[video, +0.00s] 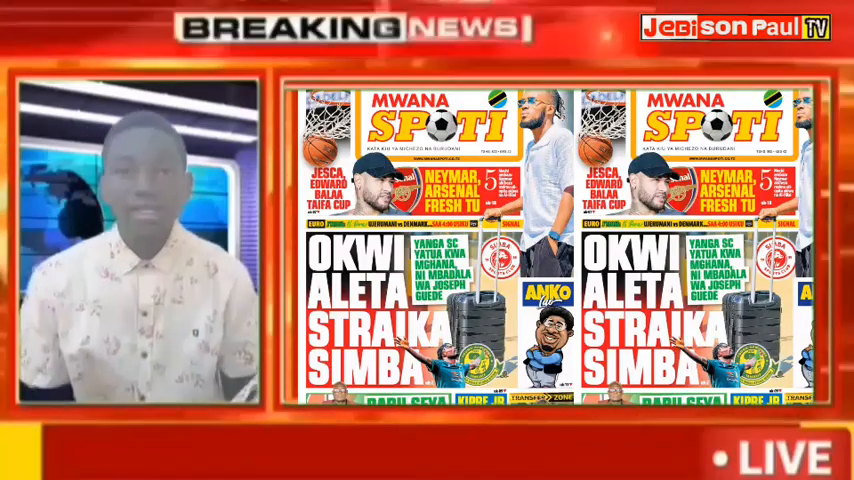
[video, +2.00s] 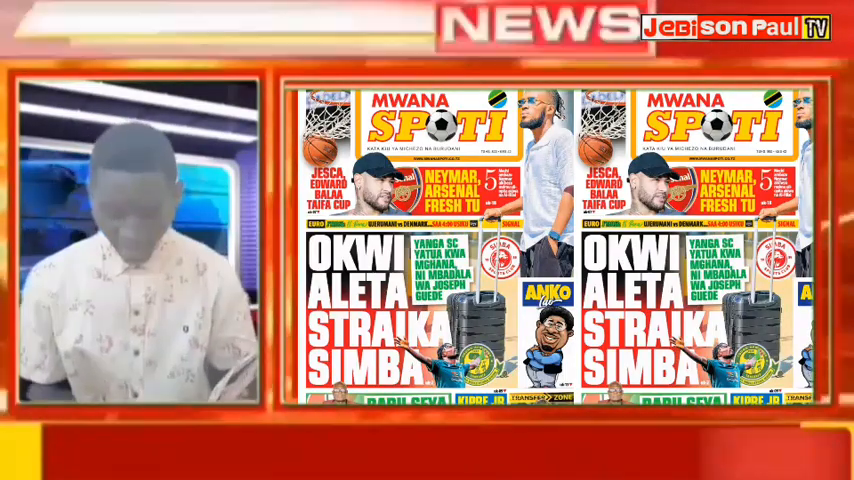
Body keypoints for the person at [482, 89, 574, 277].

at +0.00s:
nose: (523, 107)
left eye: (531, 101)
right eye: (522, 103)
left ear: (549, 110)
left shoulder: (563, 138)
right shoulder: (531, 147)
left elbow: (571, 192)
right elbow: (532, 196)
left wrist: (553, 238)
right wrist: (502, 211)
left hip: (552, 242)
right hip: (530, 243)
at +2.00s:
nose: (523, 107)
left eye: (531, 101)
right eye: (522, 103)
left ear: (549, 110)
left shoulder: (563, 138)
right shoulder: (531, 147)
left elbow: (571, 192)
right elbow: (532, 196)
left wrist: (553, 238)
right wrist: (502, 211)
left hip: (552, 242)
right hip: (530, 243)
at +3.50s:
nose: (523, 107)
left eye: (531, 101)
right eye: (522, 103)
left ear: (549, 110)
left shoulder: (563, 138)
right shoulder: (531, 147)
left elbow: (571, 192)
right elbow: (532, 196)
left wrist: (553, 238)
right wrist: (502, 211)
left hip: (552, 242)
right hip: (530, 243)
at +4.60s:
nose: (523, 107)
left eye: (531, 101)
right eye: (522, 103)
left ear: (549, 110)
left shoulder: (563, 138)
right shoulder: (531, 147)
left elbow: (571, 192)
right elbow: (532, 196)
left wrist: (553, 238)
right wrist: (502, 211)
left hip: (552, 242)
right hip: (530, 243)